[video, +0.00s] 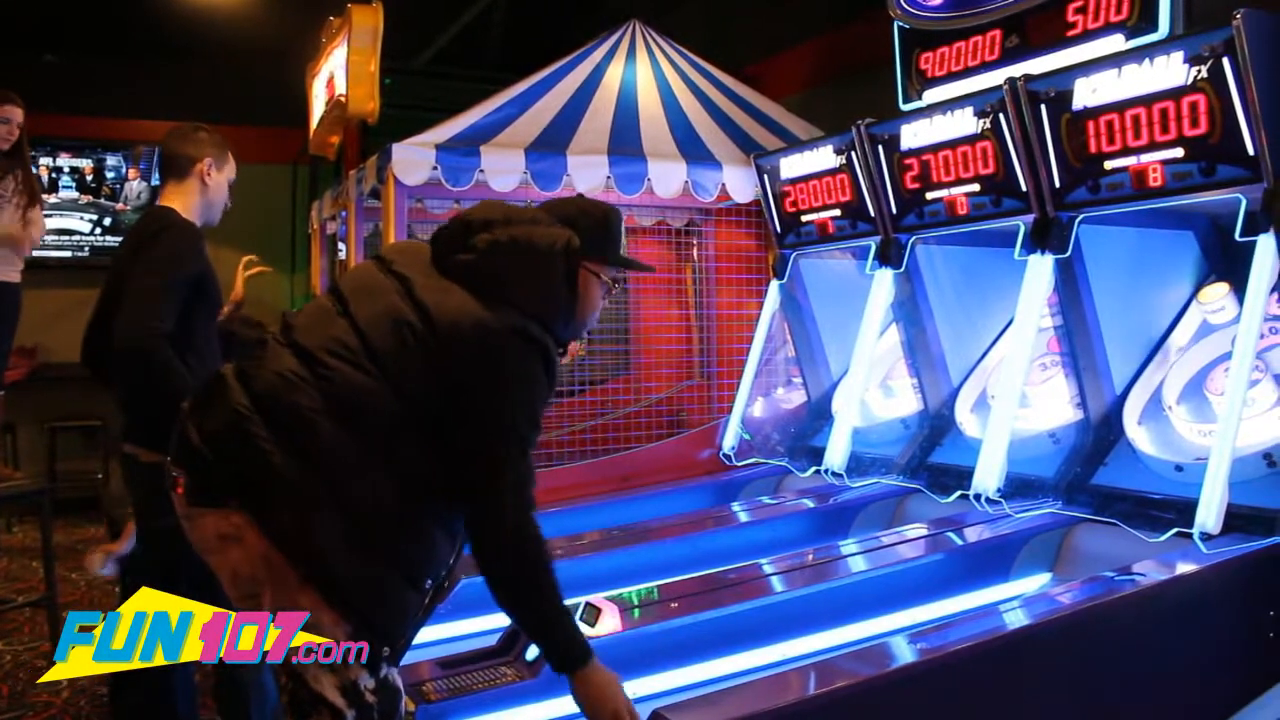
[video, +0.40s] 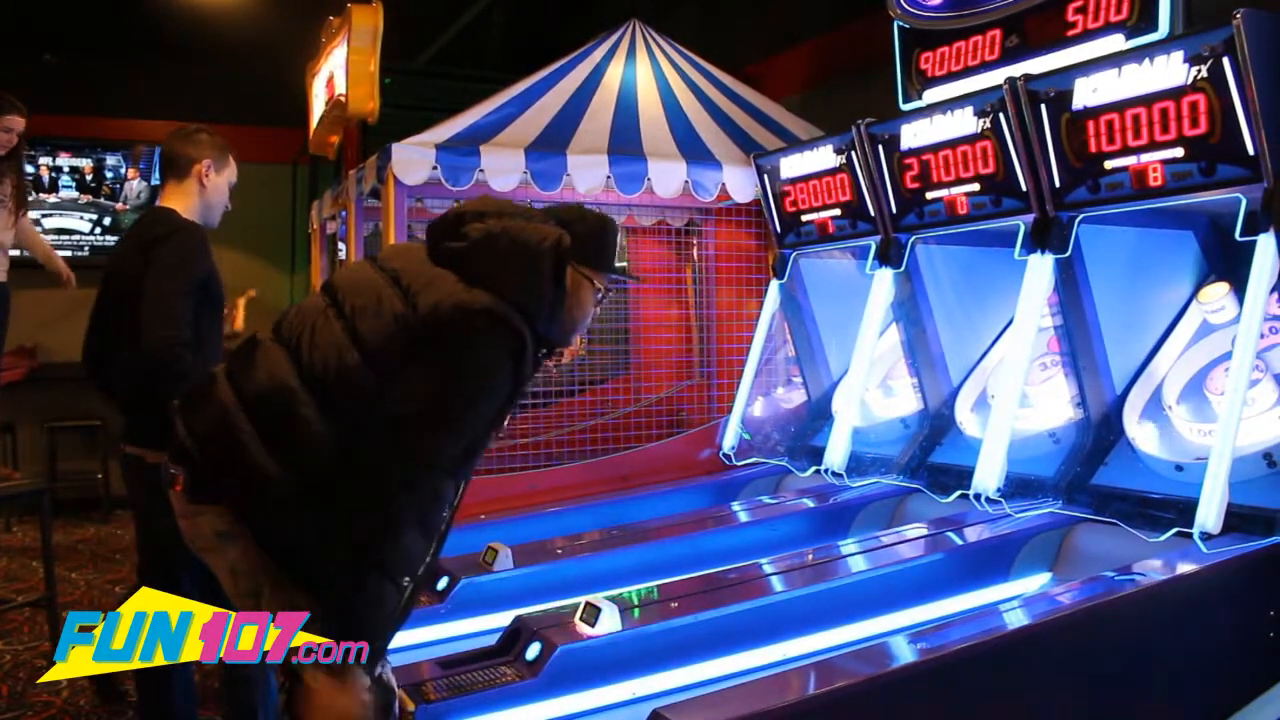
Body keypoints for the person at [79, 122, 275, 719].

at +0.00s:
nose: (229, 196)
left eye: (231, 184)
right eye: (229, 182)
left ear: (180, 170)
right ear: (206, 172)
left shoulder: (148, 233)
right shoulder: (176, 239)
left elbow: (98, 349)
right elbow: (147, 344)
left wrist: (224, 315)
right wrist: (200, 414)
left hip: (147, 453)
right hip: (173, 460)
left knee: (158, 596)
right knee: (211, 603)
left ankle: (151, 704)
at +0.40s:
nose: (230, 199)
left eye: (232, 187)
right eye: (230, 185)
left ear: (181, 172)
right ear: (204, 174)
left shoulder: (141, 235)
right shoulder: (182, 241)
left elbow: (100, 350)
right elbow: (172, 351)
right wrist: (187, 446)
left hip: (142, 452)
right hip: (175, 458)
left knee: (165, 593)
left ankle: (166, 704)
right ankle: (254, 707)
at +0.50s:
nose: (231, 197)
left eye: (232, 183)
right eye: (229, 182)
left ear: (182, 174)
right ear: (205, 172)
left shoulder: (141, 234)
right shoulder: (183, 240)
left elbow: (96, 352)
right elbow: (170, 348)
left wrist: (134, 423)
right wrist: (180, 443)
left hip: (141, 444)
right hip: (173, 448)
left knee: (162, 578)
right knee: (185, 586)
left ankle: (160, 696)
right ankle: (171, 700)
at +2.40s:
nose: (187, 189)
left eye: (185, 174)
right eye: (183, 174)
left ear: (129, 178)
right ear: (156, 173)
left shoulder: (103, 239)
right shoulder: (151, 239)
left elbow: (42, 347)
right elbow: (162, 353)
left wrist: (103, 396)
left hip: (106, 449)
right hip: (145, 456)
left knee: (123, 594)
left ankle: (123, 705)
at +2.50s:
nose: (187, 185)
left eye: (185, 172)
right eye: (183, 172)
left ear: (125, 178)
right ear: (157, 172)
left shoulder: (103, 239)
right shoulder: (152, 238)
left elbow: (50, 349)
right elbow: (160, 353)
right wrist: (211, 321)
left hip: (106, 448)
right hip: (144, 454)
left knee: (124, 593)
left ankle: (125, 706)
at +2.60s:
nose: (189, 185)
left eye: (187, 172)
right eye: (184, 172)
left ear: (127, 177)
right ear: (157, 172)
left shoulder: (102, 241)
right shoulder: (152, 239)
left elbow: (56, 350)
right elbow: (162, 354)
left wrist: (105, 403)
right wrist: (207, 325)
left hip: (109, 451)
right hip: (148, 455)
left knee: (126, 596)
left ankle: (125, 706)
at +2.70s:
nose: (191, 185)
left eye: (189, 171)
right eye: (186, 171)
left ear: (133, 176)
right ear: (158, 172)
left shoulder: (105, 240)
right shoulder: (149, 240)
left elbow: (60, 349)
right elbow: (160, 359)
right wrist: (201, 327)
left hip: (111, 454)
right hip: (144, 460)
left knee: (127, 598)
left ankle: (125, 706)